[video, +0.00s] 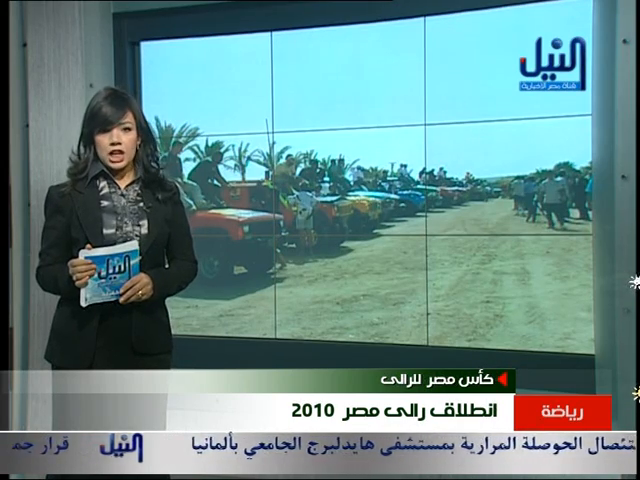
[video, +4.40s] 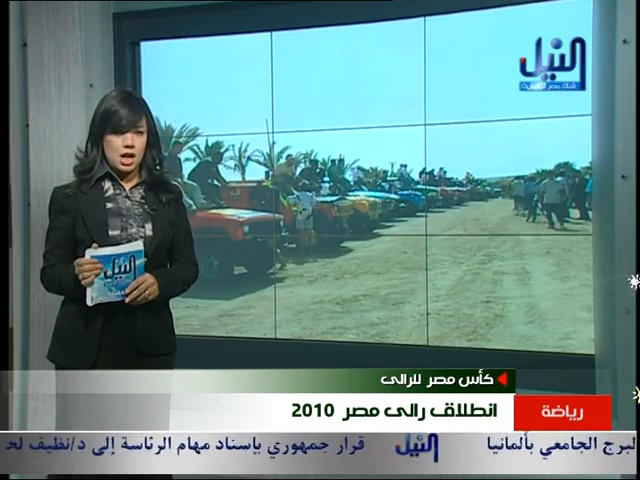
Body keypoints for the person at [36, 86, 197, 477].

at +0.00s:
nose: (116, 140)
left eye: (126, 129)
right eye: (105, 130)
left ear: (140, 136)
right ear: (91, 138)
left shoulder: (164, 194)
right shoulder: (65, 197)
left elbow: (186, 265)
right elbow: (46, 272)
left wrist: (156, 281)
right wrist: (69, 275)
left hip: (145, 348)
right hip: (81, 349)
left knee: (145, 451)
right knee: (78, 452)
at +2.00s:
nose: (125, 135)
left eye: (135, 125)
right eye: (114, 127)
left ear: (148, 134)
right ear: (100, 137)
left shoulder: (170, 196)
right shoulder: (72, 198)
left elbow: (189, 266)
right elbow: (52, 272)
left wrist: (162, 282)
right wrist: (76, 275)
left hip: (150, 348)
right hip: (85, 348)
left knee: (149, 452)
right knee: (83, 452)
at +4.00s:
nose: (130, 133)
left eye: (139, 125)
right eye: (120, 124)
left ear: (151, 135)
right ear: (102, 135)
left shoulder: (170, 197)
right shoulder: (71, 197)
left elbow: (189, 267)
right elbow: (52, 273)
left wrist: (161, 282)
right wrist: (76, 275)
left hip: (151, 349)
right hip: (86, 349)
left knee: (151, 451)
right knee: (83, 452)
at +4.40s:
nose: (128, 142)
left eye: (137, 132)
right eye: (118, 132)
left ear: (149, 139)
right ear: (100, 139)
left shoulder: (168, 196)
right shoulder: (69, 198)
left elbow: (187, 266)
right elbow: (51, 273)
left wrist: (161, 281)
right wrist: (75, 274)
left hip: (149, 349)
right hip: (85, 350)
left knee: (149, 452)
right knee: (82, 452)